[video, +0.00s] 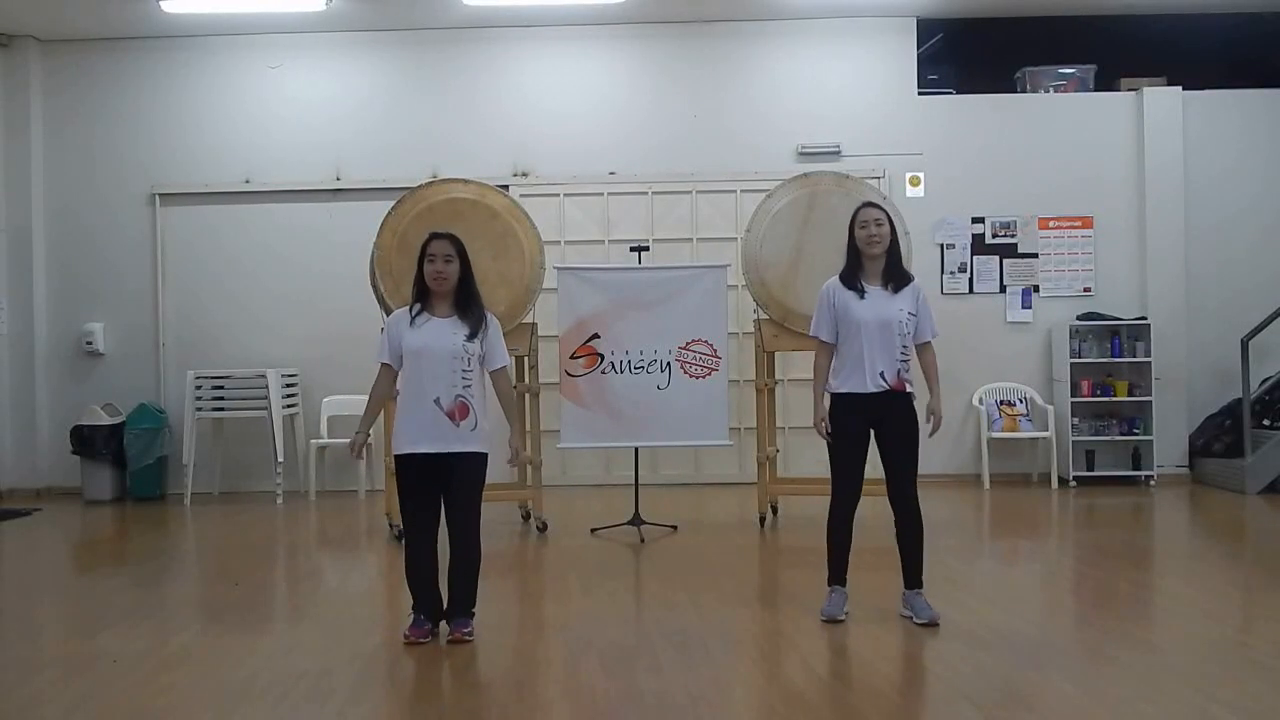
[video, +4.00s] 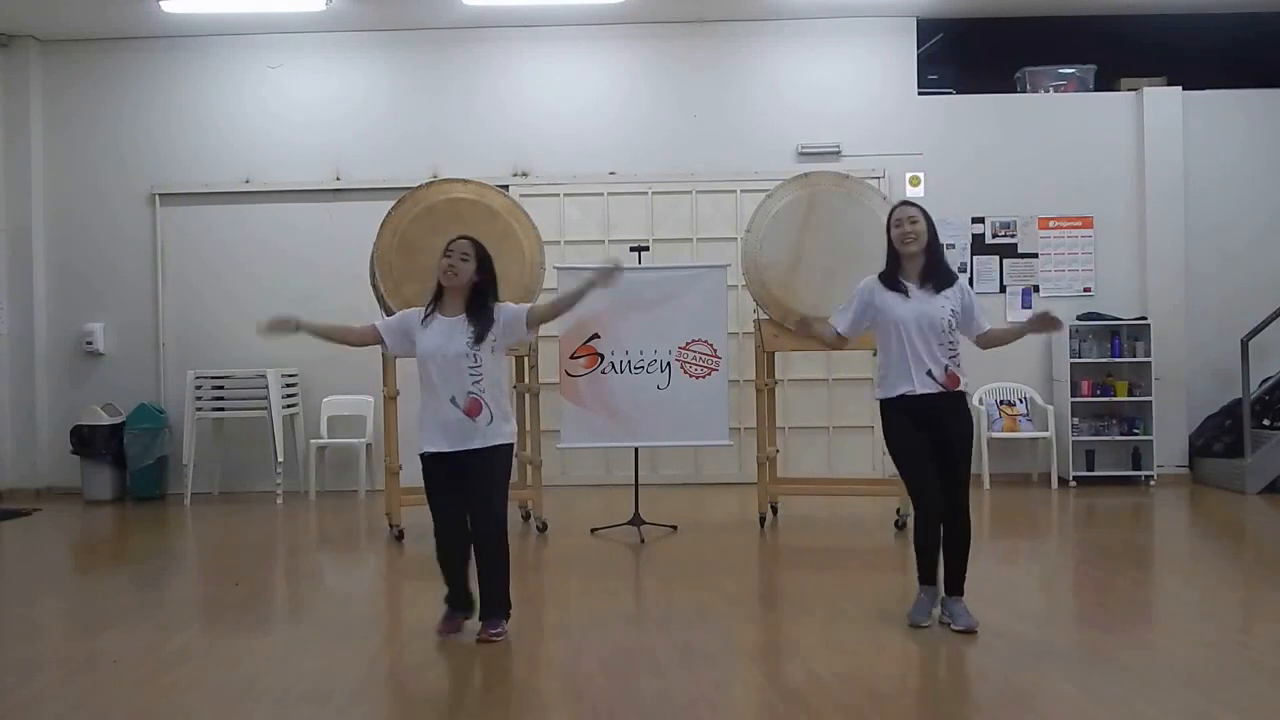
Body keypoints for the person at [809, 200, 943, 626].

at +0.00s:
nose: (872, 231)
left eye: (879, 224)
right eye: (864, 225)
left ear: (892, 232)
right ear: (853, 236)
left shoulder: (910, 289)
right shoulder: (835, 290)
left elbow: (924, 346)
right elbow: (823, 348)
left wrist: (934, 395)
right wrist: (819, 400)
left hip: (897, 405)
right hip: (847, 406)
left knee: (905, 499)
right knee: (843, 499)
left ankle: (914, 593)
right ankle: (836, 591)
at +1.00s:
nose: (842, 241)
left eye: (849, 235)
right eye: (834, 234)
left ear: (859, 247)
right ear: (819, 244)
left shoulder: (866, 305)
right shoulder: (793, 293)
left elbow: (887, 365)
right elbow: (758, 343)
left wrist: (902, 344)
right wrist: (761, 335)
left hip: (834, 414)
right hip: (788, 412)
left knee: (859, 506)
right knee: (789, 506)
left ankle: (862, 584)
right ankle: (777, 597)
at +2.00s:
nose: (904, 231)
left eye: (909, 224)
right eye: (894, 227)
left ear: (922, 233)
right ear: (883, 241)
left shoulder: (948, 289)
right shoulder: (870, 296)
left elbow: (975, 335)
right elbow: (841, 347)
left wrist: (1003, 341)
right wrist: (824, 352)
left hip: (940, 409)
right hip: (891, 409)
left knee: (945, 506)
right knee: (914, 497)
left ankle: (943, 598)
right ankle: (896, 581)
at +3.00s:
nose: (833, 229)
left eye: (839, 223)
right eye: (823, 223)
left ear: (848, 235)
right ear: (808, 234)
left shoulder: (857, 294)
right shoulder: (784, 286)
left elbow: (882, 347)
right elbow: (742, 333)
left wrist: (922, 331)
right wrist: (736, 308)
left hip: (835, 409)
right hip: (789, 408)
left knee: (839, 512)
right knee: (788, 506)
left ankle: (803, 580)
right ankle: (778, 598)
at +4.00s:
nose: (907, 229)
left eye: (913, 221)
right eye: (898, 224)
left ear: (929, 230)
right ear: (889, 236)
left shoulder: (954, 287)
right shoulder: (874, 289)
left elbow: (984, 337)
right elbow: (838, 335)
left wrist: (1027, 327)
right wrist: (809, 325)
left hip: (950, 405)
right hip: (901, 408)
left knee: (956, 503)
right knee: (926, 503)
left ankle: (954, 598)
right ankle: (927, 592)